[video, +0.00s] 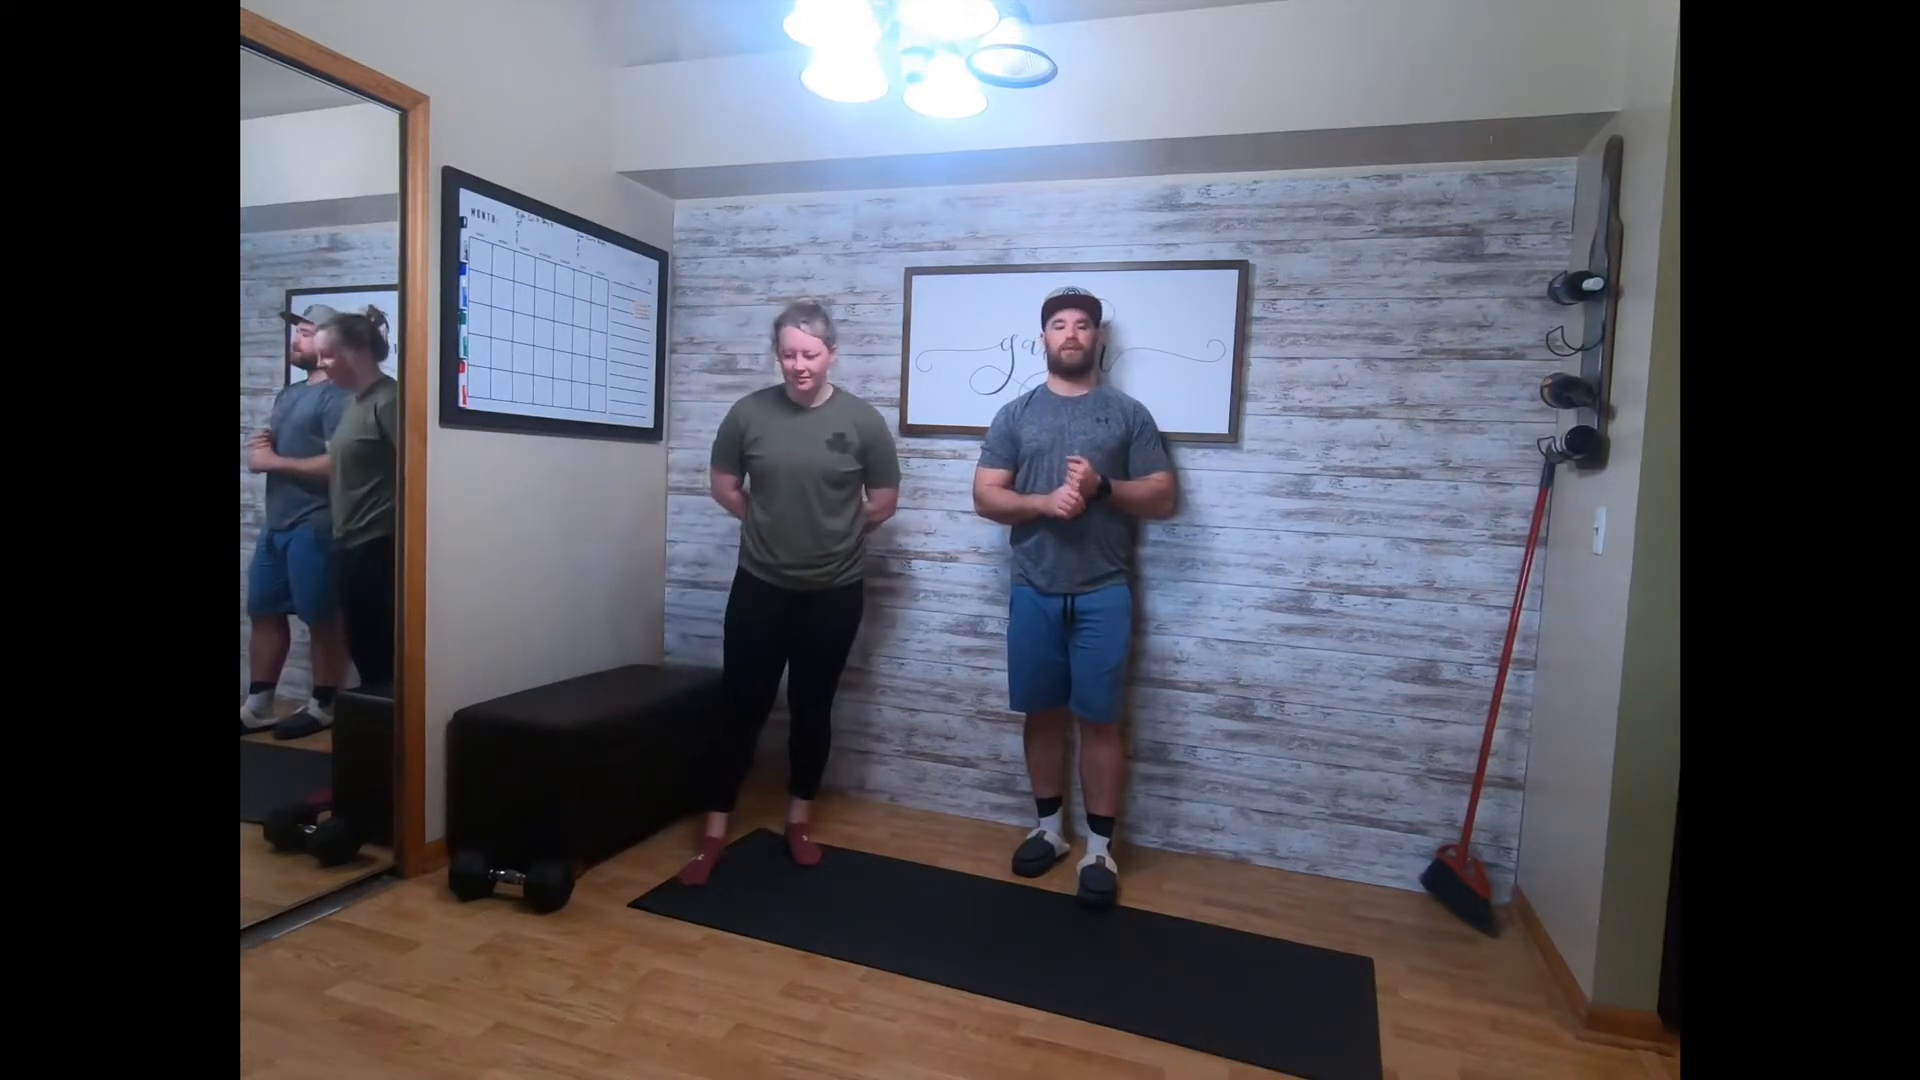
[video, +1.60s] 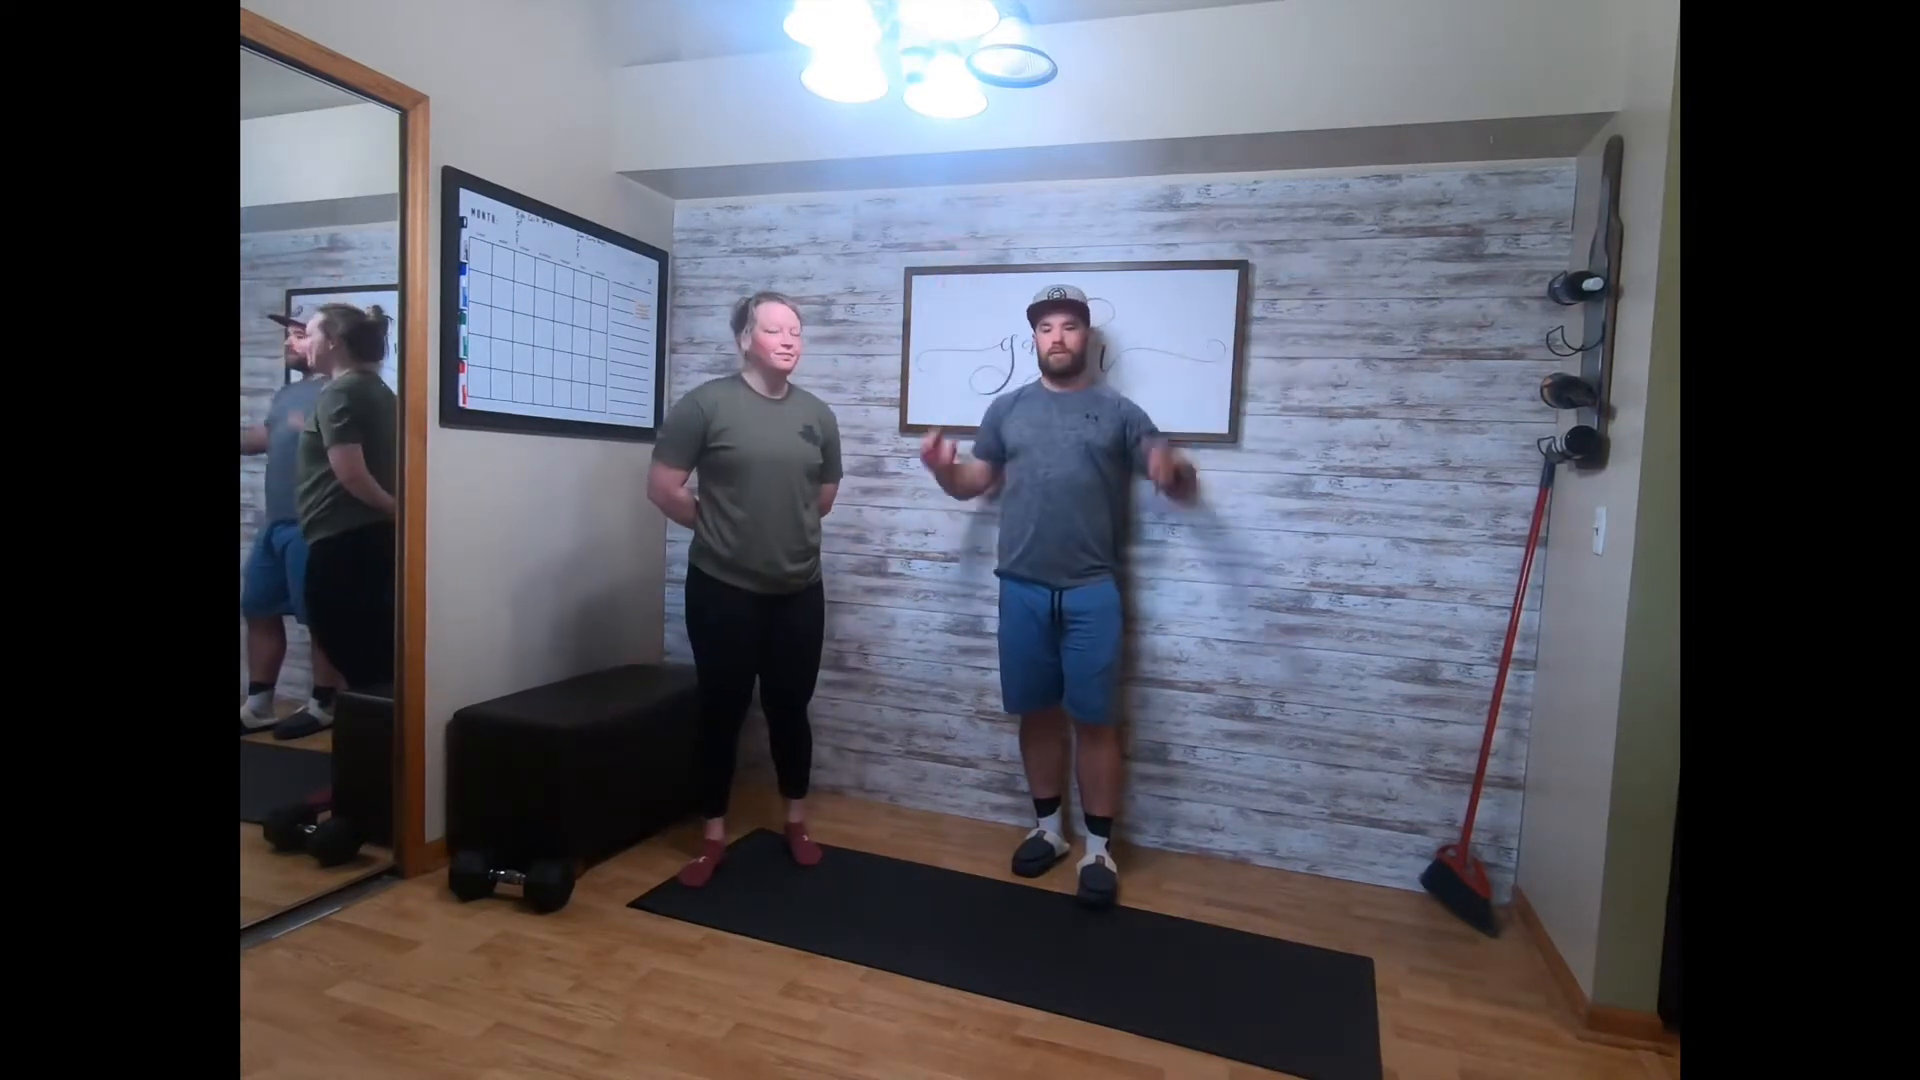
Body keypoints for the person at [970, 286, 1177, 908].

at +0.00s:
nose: (1071, 333)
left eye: (1082, 325)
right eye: (1059, 325)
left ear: (1098, 339)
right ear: (1043, 339)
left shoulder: (1126, 414)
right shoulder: (1015, 415)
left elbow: (1163, 498)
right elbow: (986, 497)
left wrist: (1104, 488)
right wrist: (1042, 502)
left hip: (1103, 586)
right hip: (1034, 586)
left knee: (1098, 716)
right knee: (1042, 711)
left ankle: (1099, 850)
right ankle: (1049, 831)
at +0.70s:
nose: (1070, 333)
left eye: (1082, 326)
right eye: (1059, 326)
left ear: (1099, 341)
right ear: (1044, 340)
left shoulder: (1127, 414)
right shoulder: (1017, 413)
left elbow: (1171, 498)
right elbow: (962, 482)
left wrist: (1173, 442)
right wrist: (972, 432)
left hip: (1095, 583)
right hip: (1026, 583)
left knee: (1094, 716)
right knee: (1038, 711)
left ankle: (1097, 851)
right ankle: (1048, 831)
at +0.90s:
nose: (1071, 335)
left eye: (1083, 327)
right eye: (1060, 326)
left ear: (1099, 341)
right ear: (1044, 339)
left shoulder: (1127, 408)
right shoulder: (1015, 405)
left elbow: (1199, 445)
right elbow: (939, 436)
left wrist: (1204, 374)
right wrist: (949, 369)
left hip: (1095, 584)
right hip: (1025, 583)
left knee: (1095, 717)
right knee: (1036, 712)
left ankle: (1097, 851)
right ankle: (1048, 831)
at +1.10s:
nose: (1072, 335)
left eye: (1083, 327)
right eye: (1061, 327)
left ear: (1100, 340)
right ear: (1045, 341)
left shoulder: (1126, 397)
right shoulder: (1016, 393)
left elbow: (1197, 354)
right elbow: (940, 358)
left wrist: (1218, 274)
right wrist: (937, 278)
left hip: (1093, 577)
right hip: (1024, 576)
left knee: (1094, 713)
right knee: (1034, 708)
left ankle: (1098, 849)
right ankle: (1048, 829)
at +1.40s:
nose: (1067, 337)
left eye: (1079, 328)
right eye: (1056, 328)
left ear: (1097, 339)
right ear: (1041, 340)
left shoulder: (1125, 402)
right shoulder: (1014, 398)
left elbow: (1202, 384)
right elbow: (932, 388)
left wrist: (1195, 303)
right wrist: (942, 311)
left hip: (1094, 579)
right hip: (1024, 576)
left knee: (1092, 715)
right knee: (1037, 708)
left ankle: (1098, 850)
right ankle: (1049, 833)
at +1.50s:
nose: (1064, 336)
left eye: (1076, 327)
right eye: (1053, 328)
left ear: (1093, 339)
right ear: (1038, 340)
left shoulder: (1122, 408)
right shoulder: (1012, 404)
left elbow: (1199, 440)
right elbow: (937, 443)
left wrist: (1185, 376)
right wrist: (942, 378)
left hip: (1094, 579)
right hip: (1024, 577)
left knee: (1093, 715)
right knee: (1036, 709)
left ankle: (1097, 851)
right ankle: (1048, 831)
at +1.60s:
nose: (1057, 337)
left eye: (1069, 327)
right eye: (1046, 328)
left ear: (1088, 337)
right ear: (1033, 339)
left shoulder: (1116, 410)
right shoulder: (1008, 408)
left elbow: (1175, 481)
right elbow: (976, 480)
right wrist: (948, 471)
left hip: (1092, 581)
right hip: (1023, 580)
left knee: (1094, 716)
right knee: (1036, 710)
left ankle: (1098, 851)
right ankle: (1048, 830)